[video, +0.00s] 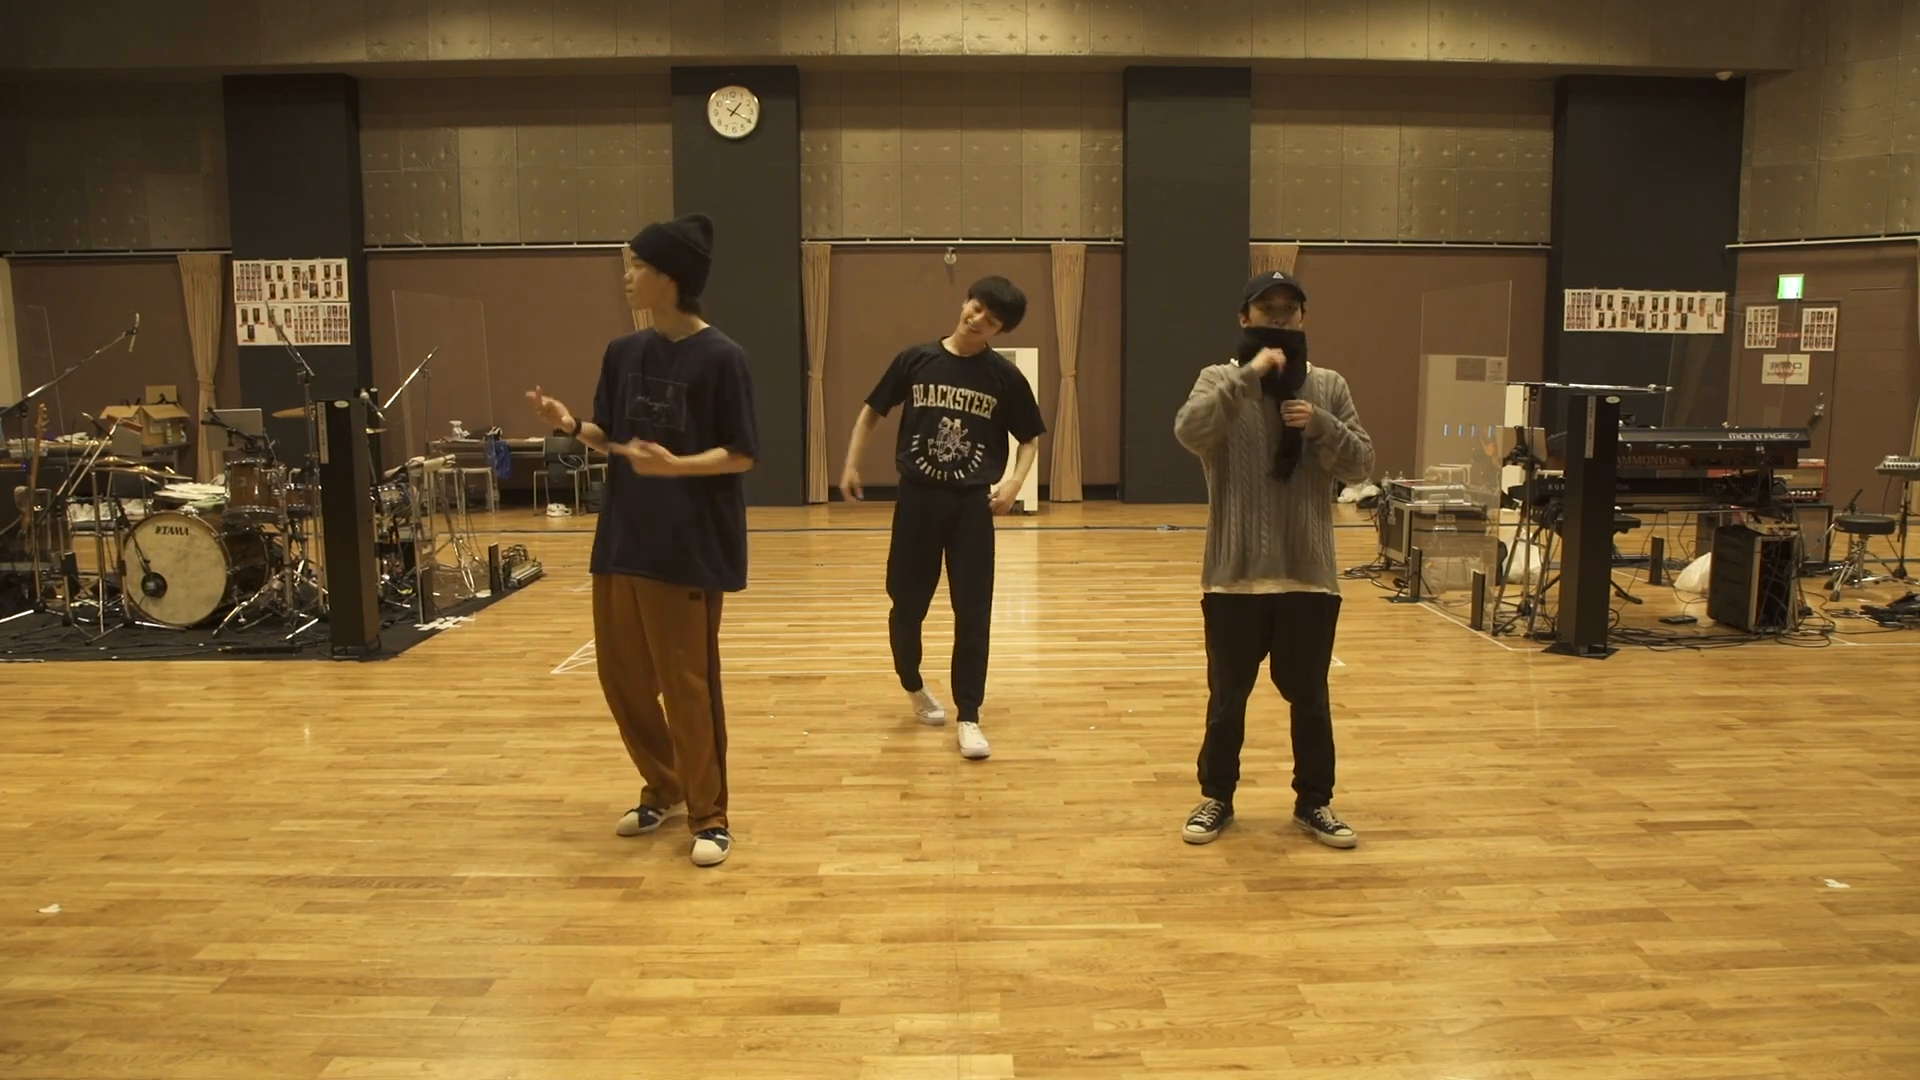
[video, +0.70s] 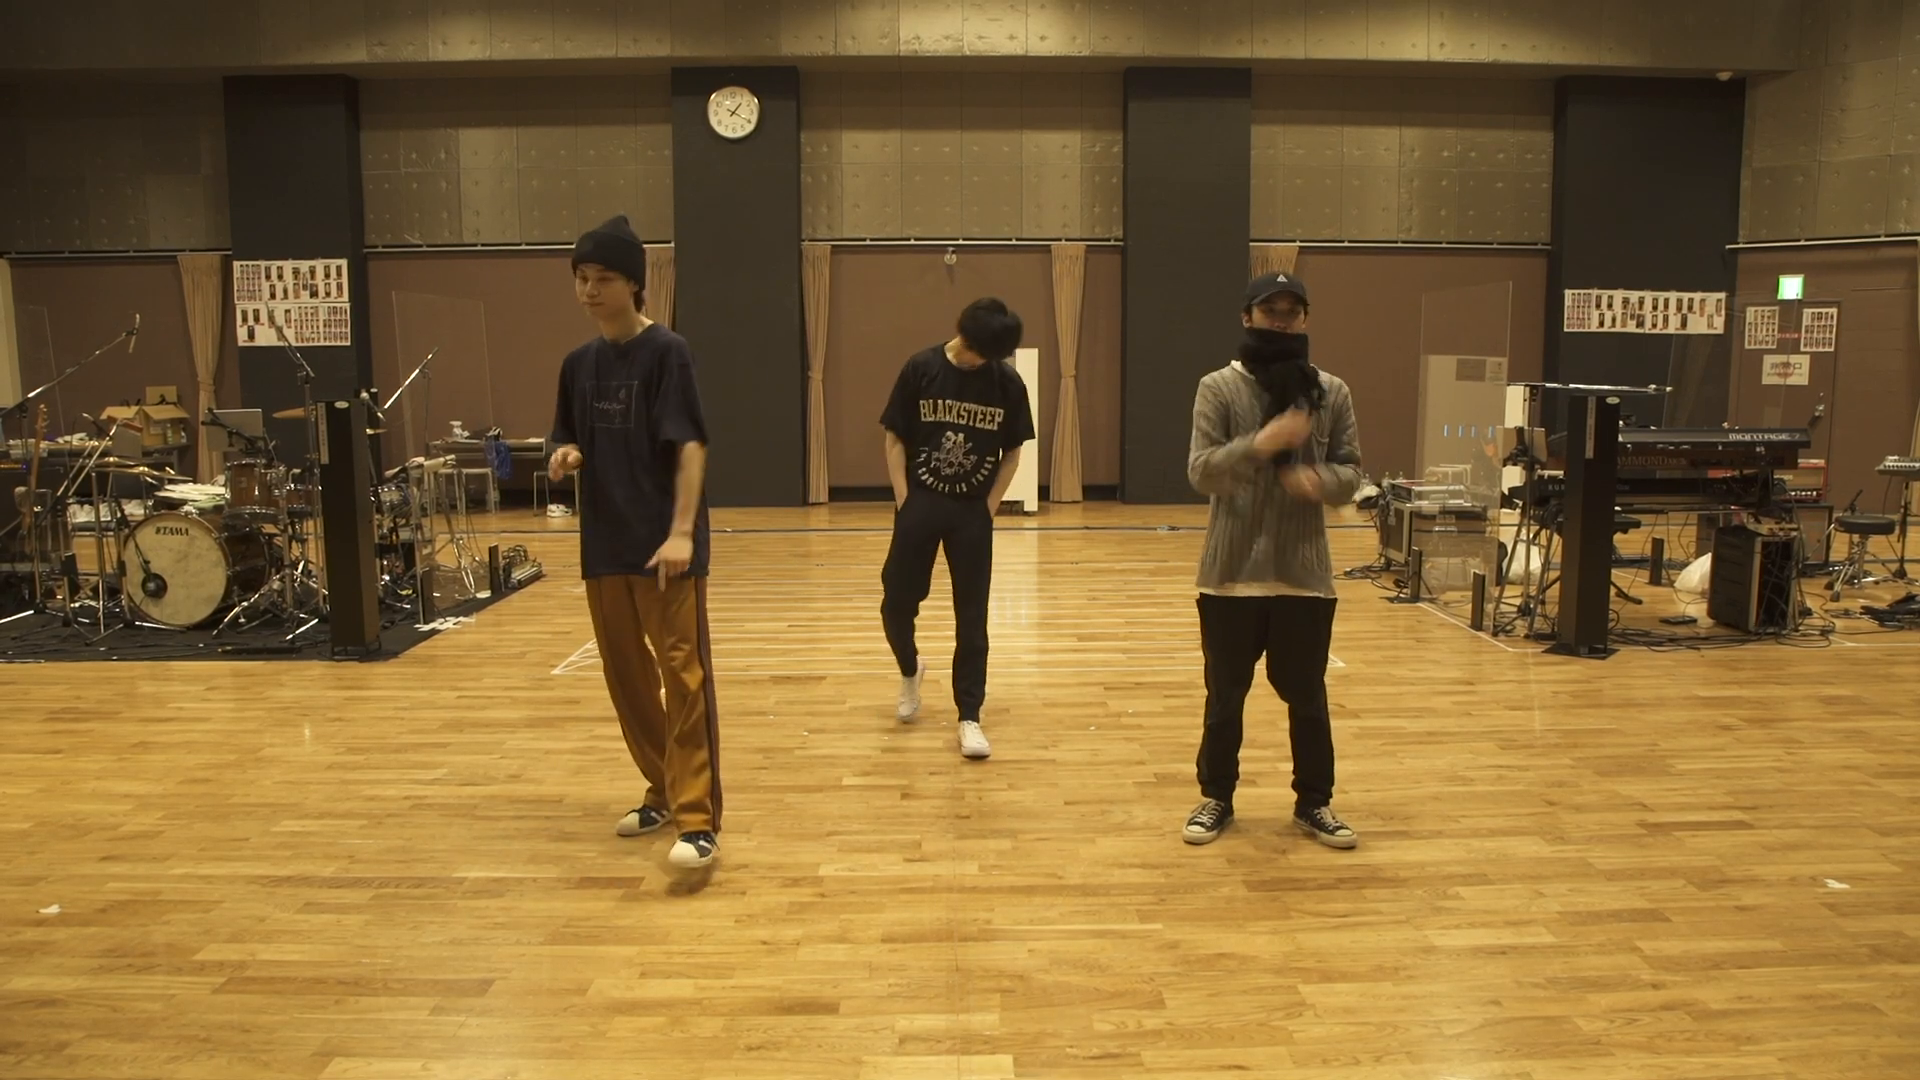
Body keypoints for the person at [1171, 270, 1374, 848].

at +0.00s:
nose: (1280, 320)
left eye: (1290, 310)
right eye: (1268, 310)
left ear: (1304, 319)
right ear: (1246, 317)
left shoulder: (1328, 387)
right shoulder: (1219, 382)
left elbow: (1361, 464)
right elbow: (1191, 432)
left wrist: (1321, 425)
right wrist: (1248, 373)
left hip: (1309, 574)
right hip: (1234, 573)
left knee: (1310, 697)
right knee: (1226, 697)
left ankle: (1314, 804)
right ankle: (1216, 801)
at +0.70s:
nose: (1284, 322)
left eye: (1293, 312)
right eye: (1272, 311)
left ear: (1305, 320)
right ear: (1249, 318)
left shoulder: (1331, 392)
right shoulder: (1218, 387)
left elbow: (1350, 474)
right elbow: (1201, 472)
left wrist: (1319, 480)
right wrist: (1260, 442)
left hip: (1304, 574)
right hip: (1230, 573)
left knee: (1307, 697)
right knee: (1223, 697)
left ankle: (1314, 805)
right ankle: (1215, 801)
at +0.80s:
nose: (1285, 321)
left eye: (1294, 311)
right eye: (1273, 311)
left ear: (1305, 319)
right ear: (1249, 317)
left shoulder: (1331, 393)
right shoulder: (1216, 392)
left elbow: (1350, 475)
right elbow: (1190, 472)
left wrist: (1367, 519)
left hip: (1304, 578)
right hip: (1230, 577)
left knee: (1307, 698)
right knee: (1223, 699)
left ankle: (1314, 804)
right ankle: (1215, 800)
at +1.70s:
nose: (1280, 336)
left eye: (1289, 326)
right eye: (1268, 325)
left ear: (1300, 328)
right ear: (1240, 325)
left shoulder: (1316, 388)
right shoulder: (1202, 390)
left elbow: (1344, 461)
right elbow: (1163, 470)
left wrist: (1383, 476)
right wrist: (1182, 485)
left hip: (1292, 580)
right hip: (1219, 581)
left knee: (1309, 697)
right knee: (1215, 700)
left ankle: (1319, 802)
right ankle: (1214, 799)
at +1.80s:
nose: (1278, 334)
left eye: (1287, 324)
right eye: (1267, 324)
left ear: (1298, 328)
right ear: (1239, 323)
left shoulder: (1310, 385)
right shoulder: (1203, 382)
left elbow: (1344, 458)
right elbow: (1175, 457)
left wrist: (1349, 407)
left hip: (1293, 572)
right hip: (1219, 573)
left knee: (1307, 689)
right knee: (1215, 693)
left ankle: (1318, 792)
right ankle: (1214, 797)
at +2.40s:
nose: (1311, 328)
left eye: (1320, 318)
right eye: (1299, 318)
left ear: (1330, 323)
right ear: (1274, 322)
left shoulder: (1348, 376)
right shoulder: (1242, 378)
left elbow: (1383, 460)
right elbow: (1212, 465)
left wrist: (1377, 437)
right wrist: (1217, 436)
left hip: (1317, 561)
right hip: (1249, 559)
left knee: (1303, 680)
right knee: (1232, 679)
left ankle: (1294, 779)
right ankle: (1223, 787)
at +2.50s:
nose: (1313, 324)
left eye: (1321, 314)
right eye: (1301, 314)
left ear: (1332, 321)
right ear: (1274, 320)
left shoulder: (1350, 377)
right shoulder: (1240, 380)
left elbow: (1376, 446)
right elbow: (1209, 448)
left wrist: (1389, 491)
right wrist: (1189, 473)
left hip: (1317, 566)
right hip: (1248, 565)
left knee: (1302, 682)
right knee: (1237, 680)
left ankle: (1294, 781)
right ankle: (1236, 785)